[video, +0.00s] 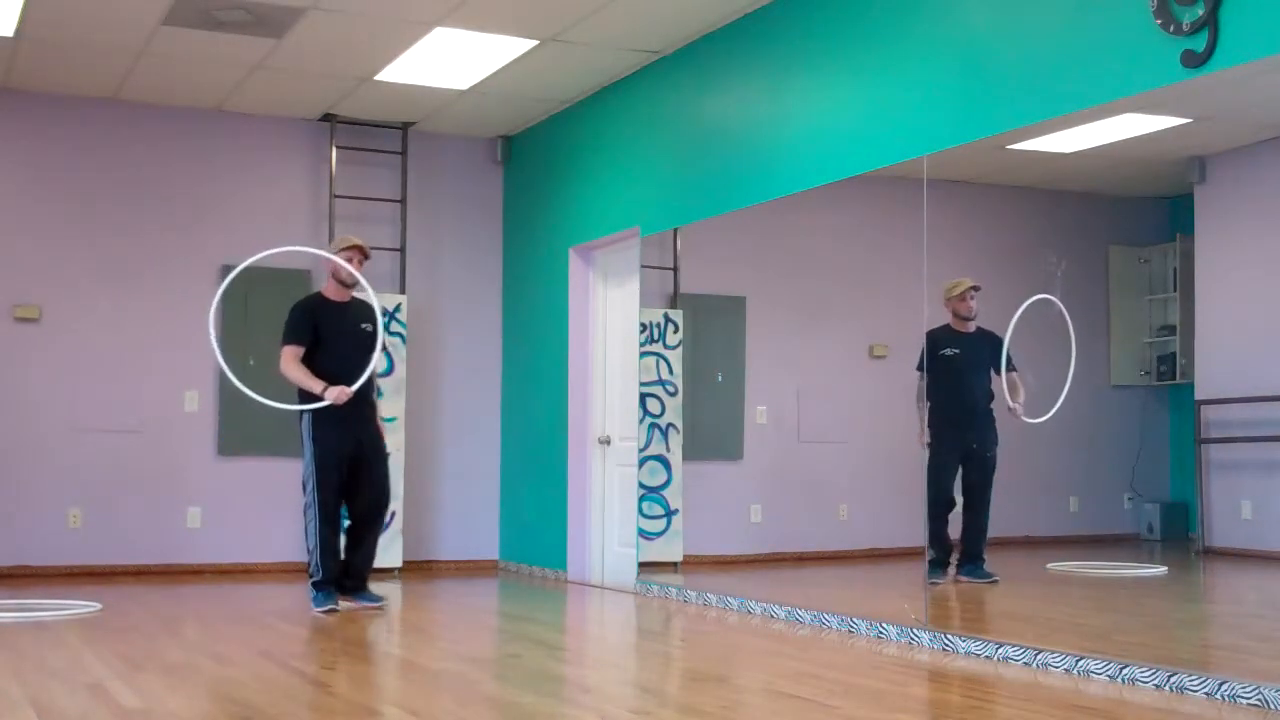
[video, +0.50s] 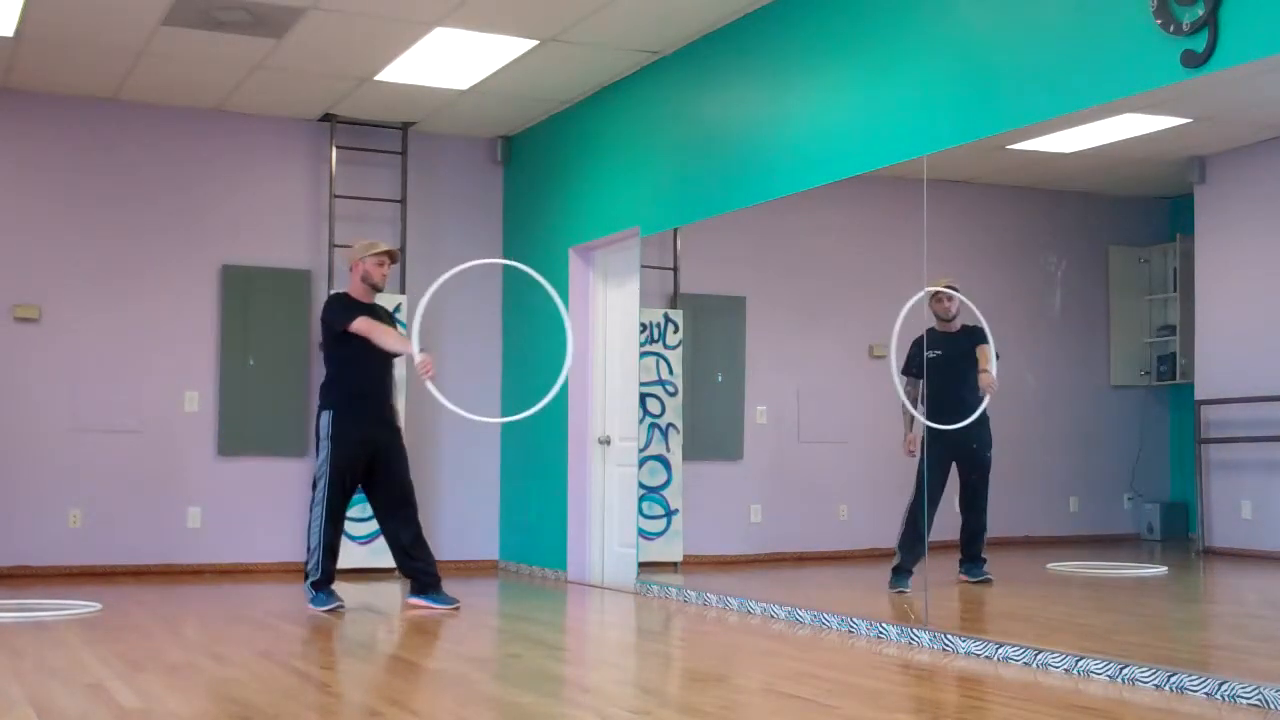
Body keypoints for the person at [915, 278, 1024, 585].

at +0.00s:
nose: (970, 302)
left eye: (972, 297)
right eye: (962, 298)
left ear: (977, 301)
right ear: (949, 305)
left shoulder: (991, 341)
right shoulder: (935, 339)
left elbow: (1012, 375)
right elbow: (923, 385)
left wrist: (1016, 400)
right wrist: (923, 424)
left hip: (981, 432)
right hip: (944, 432)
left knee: (978, 502)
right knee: (939, 501)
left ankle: (971, 564)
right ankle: (938, 562)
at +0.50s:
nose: (945, 304)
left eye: (950, 299)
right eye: (938, 300)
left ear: (959, 304)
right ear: (930, 307)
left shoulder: (975, 333)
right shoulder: (922, 343)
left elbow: (984, 355)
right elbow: (910, 391)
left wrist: (984, 372)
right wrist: (909, 430)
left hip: (974, 430)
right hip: (937, 433)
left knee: (975, 502)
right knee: (923, 502)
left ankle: (972, 565)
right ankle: (902, 571)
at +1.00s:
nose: (934, 301)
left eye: (936, 296)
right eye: (928, 296)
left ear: (939, 300)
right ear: (913, 300)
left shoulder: (946, 335)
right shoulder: (893, 339)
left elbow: (985, 357)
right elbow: (875, 382)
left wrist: (995, 323)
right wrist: (872, 425)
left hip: (937, 432)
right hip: (902, 433)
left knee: (940, 502)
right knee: (897, 503)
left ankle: (919, 568)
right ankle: (884, 571)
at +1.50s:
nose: (916, 302)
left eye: (916, 296)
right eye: (909, 297)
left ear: (911, 301)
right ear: (890, 301)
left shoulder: (922, 338)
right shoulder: (866, 338)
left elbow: (959, 369)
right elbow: (845, 378)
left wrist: (981, 342)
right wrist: (835, 416)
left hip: (913, 437)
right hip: (877, 437)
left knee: (917, 506)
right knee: (865, 508)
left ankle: (915, 570)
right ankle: (847, 575)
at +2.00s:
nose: (903, 301)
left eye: (904, 295)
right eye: (896, 295)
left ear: (905, 299)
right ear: (880, 300)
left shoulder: (913, 337)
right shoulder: (857, 337)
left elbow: (927, 374)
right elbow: (836, 378)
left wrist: (922, 387)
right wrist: (834, 416)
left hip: (906, 432)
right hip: (869, 432)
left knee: (911, 504)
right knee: (856, 504)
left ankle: (914, 572)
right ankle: (840, 575)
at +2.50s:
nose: (867, 298)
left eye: (869, 293)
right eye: (859, 293)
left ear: (874, 297)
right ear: (844, 300)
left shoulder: (884, 328)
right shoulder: (828, 339)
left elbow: (893, 351)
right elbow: (811, 386)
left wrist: (892, 372)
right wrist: (811, 426)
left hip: (885, 431)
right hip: (848, 434)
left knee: (905, 496)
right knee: (846, 507)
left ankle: (892, 563)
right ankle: (836, 575)